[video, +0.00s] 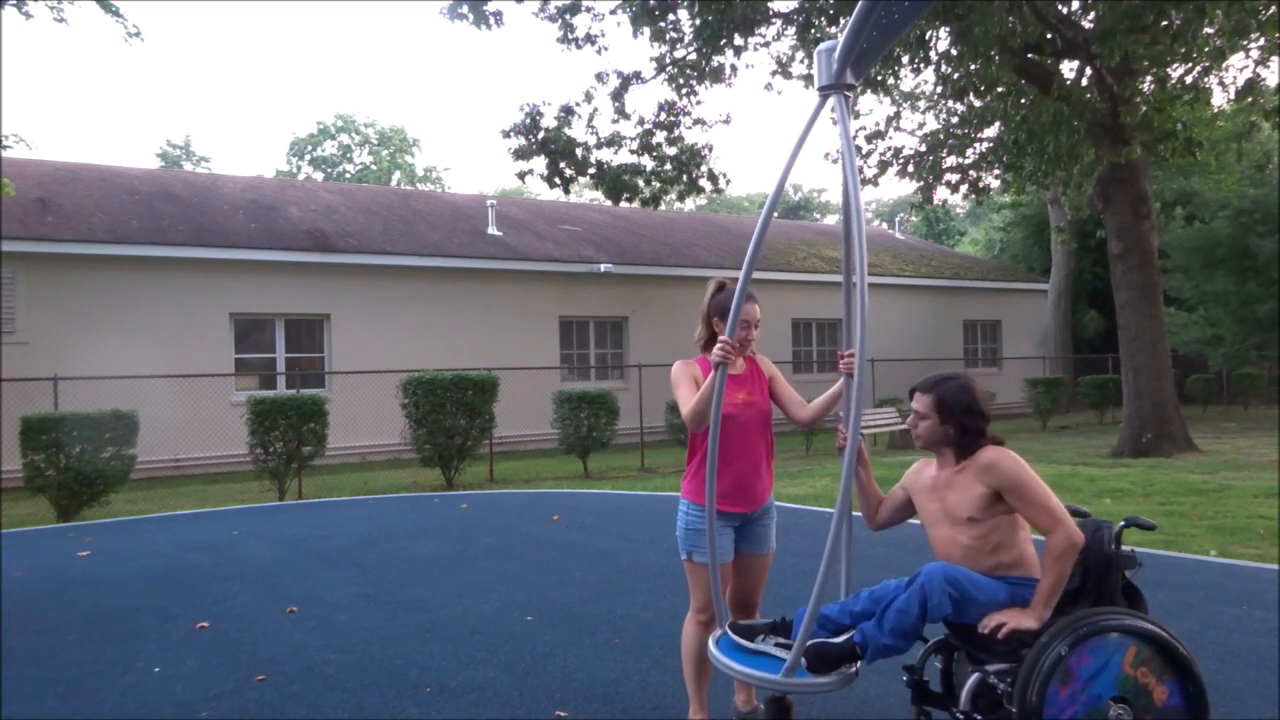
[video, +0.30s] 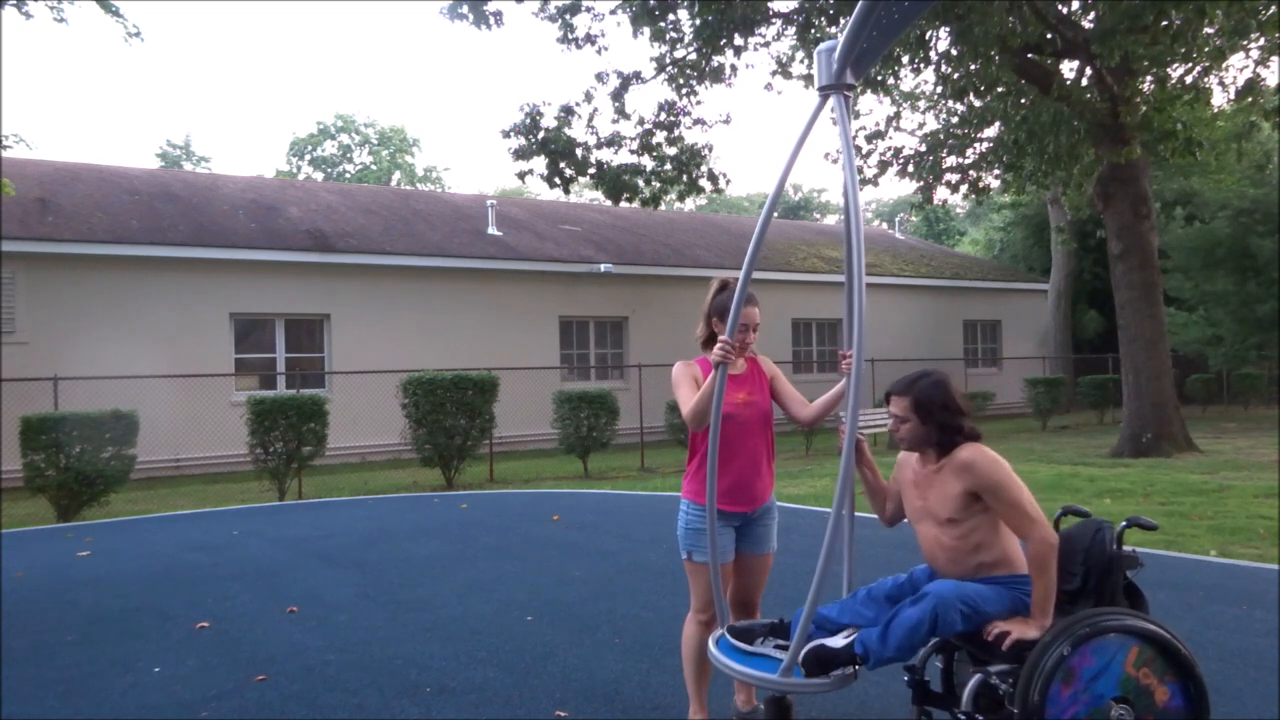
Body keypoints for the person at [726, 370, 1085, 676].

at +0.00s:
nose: (910, 424)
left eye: (919, 417)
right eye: (910, 415)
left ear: (952, 423)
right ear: (942, 423)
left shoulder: (995, 463)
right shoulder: (919, 473)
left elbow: (1067, 537)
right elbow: (877, 517)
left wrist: (1036, 613)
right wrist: (860, 462)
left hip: (1016, 596)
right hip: (961, 593)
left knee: (937, 576)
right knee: (888, 593)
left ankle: (854, 647)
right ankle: (787, 630)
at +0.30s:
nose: (893, 429)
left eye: (900, 421)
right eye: (891, 420)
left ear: (931, 419)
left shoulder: (976, 461)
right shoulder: (907, 462)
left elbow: (1043, 538)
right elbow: (889, 513)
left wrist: (1039, 621)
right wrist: (863, 460)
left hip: (1005, 586)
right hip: (944, 577)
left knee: (938, 599)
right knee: (883, 594)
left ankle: (854, 651)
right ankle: (792, 632)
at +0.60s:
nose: (887, 411)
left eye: (895, 404)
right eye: (886, 402)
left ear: (925, 404)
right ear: (912, 404)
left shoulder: (965, 454)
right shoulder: (903, 445)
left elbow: (1023, 538)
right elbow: (906, 505)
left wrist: (1037, 621)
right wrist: (869, 460)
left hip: (989, 582)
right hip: (928, 564)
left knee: (922, 595)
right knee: (871, 582)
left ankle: (840, 648)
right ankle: (790, 629)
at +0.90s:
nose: (891, 410)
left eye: (899, 403)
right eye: (889, 402)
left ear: (929, 401)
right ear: (910, 400)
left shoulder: (966, 451)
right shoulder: (905, 439)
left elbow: (1021, 535)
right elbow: (904, 501)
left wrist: (1035, 620)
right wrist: (869, 460)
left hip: (972, 580)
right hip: (917, 556)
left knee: (903, 589)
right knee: (853, 577)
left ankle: (819, 647)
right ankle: (782, 632)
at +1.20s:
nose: (895, 428)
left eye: (903, 419)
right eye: (892, 419)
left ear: (934, 414)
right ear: (895, 416)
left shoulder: (975, 461)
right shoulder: (908, 454)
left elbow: (1048, 536)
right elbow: (897, 515)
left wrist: (1035, 619)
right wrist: (866, 461)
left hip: (987, 594)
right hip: (937, 583)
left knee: (915, 567)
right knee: (875, 575)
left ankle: (841, 647)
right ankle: (785, 632)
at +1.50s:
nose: (910, 428)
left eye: (917, 419)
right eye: (907, 419)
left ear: (948, 414)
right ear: (915, 416)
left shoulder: (997, 467)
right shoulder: (920, 455)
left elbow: (1061, 544)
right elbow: (892, 515)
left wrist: (998, 601)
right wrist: (866, 463)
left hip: (986, 594)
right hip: (932, 584)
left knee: (921, 568)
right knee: (882, 577)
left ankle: (842, 646)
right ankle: (784, 631)